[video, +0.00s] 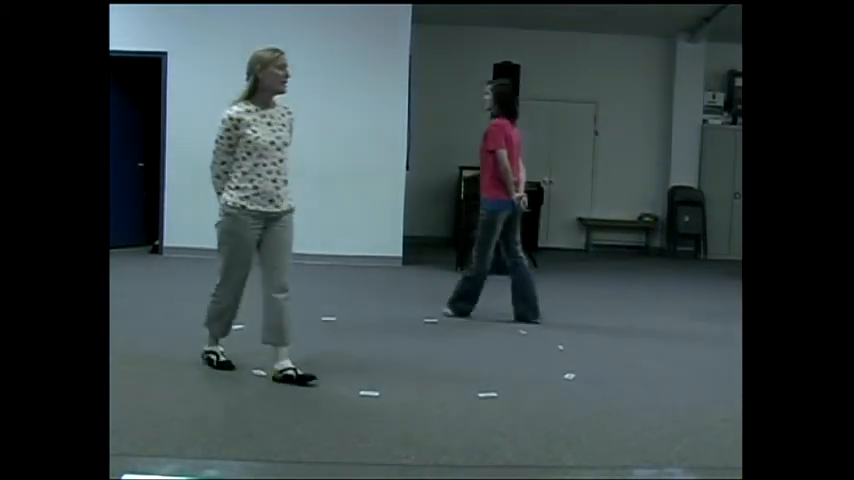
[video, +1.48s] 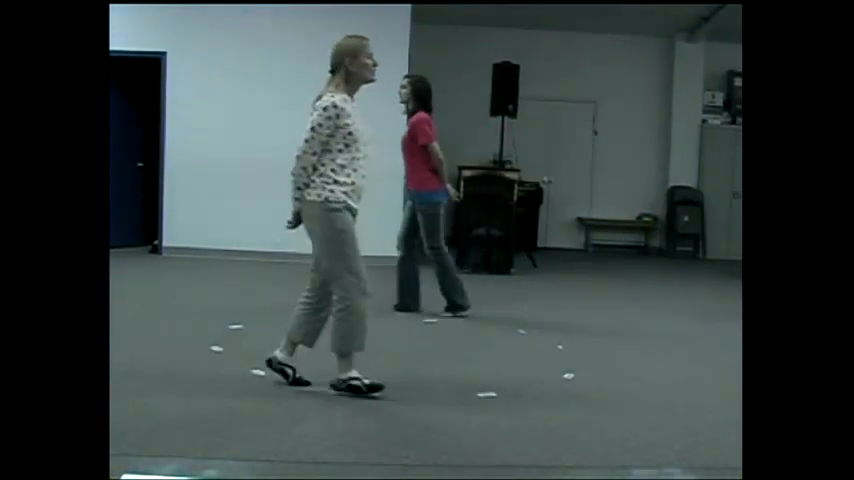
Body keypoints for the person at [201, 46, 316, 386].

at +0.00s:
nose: (287, 74)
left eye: (286, 68)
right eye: (279, 68)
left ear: (280, 75)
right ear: (258, 74)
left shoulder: (285, 115)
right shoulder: (236, 116)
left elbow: (278, 163)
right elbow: (219, 164)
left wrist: (264, 191)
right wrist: (227, 199)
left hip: (279, 211)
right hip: (241, 210)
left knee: (278, 286)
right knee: (232, 282)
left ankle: (282, 360)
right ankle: (214, 345)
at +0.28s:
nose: (315, 73)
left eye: (314, 68)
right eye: (308, 69)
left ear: (304, 77)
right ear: (287, 75)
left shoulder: (311, 118)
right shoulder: (267, 118)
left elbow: (303, 168)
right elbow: (249, 168)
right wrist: (254, 206)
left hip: (307, 212)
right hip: (273, 211)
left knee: (310, 289)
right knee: (291, 289)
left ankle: (286, 364)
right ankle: (240, 331)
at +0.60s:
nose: (351, 70)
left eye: (350, 65)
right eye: (343, 66)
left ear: (334, 74)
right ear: (323, 72)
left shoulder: (328, 113)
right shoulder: (312, 113)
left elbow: (307, 166)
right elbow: (293, 166)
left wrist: (291, 213)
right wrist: (287, 212)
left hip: (325, 213)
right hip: (314, 213)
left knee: (309, 295)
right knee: (340, 293)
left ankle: (284, 364)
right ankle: (361, 377)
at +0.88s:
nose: (372, 71)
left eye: (371, 65)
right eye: (365, 66)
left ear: (349, 73)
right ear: (345, 71)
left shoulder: (344, 114)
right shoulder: (340, 115)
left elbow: (331, 171)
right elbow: (325, 169)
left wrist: (320, 220)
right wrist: (318, 218)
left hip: (344, 212)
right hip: (350, 212)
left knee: (372, 293)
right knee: (377, 292)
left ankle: (316, 344)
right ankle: (369, 379)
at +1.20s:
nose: (379, 69)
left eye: (377, 63)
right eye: (372, 64)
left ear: (353, 71)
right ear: (352, 70)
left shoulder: (346, 111)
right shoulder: (342, 113)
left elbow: (331, 168)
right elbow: (325, 168)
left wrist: (320, 217)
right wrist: (318, 217)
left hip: (347, 211)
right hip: (350, 212)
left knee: (368, 293)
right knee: (373, 294)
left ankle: (311, 343)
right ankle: (370, 379)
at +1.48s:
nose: (374, 64)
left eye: (373, 59)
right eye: (368, 59)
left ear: (351, 65)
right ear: (348, 64)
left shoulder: (345, 105)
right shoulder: (332, 106)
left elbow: (318, 157)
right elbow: (306, 156)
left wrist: (302, 204)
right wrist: (299, 202)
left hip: (333, 204)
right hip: (326, 205)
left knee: (321, 287)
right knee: (352, 286)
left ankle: (285, 355)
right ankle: (346, 373)